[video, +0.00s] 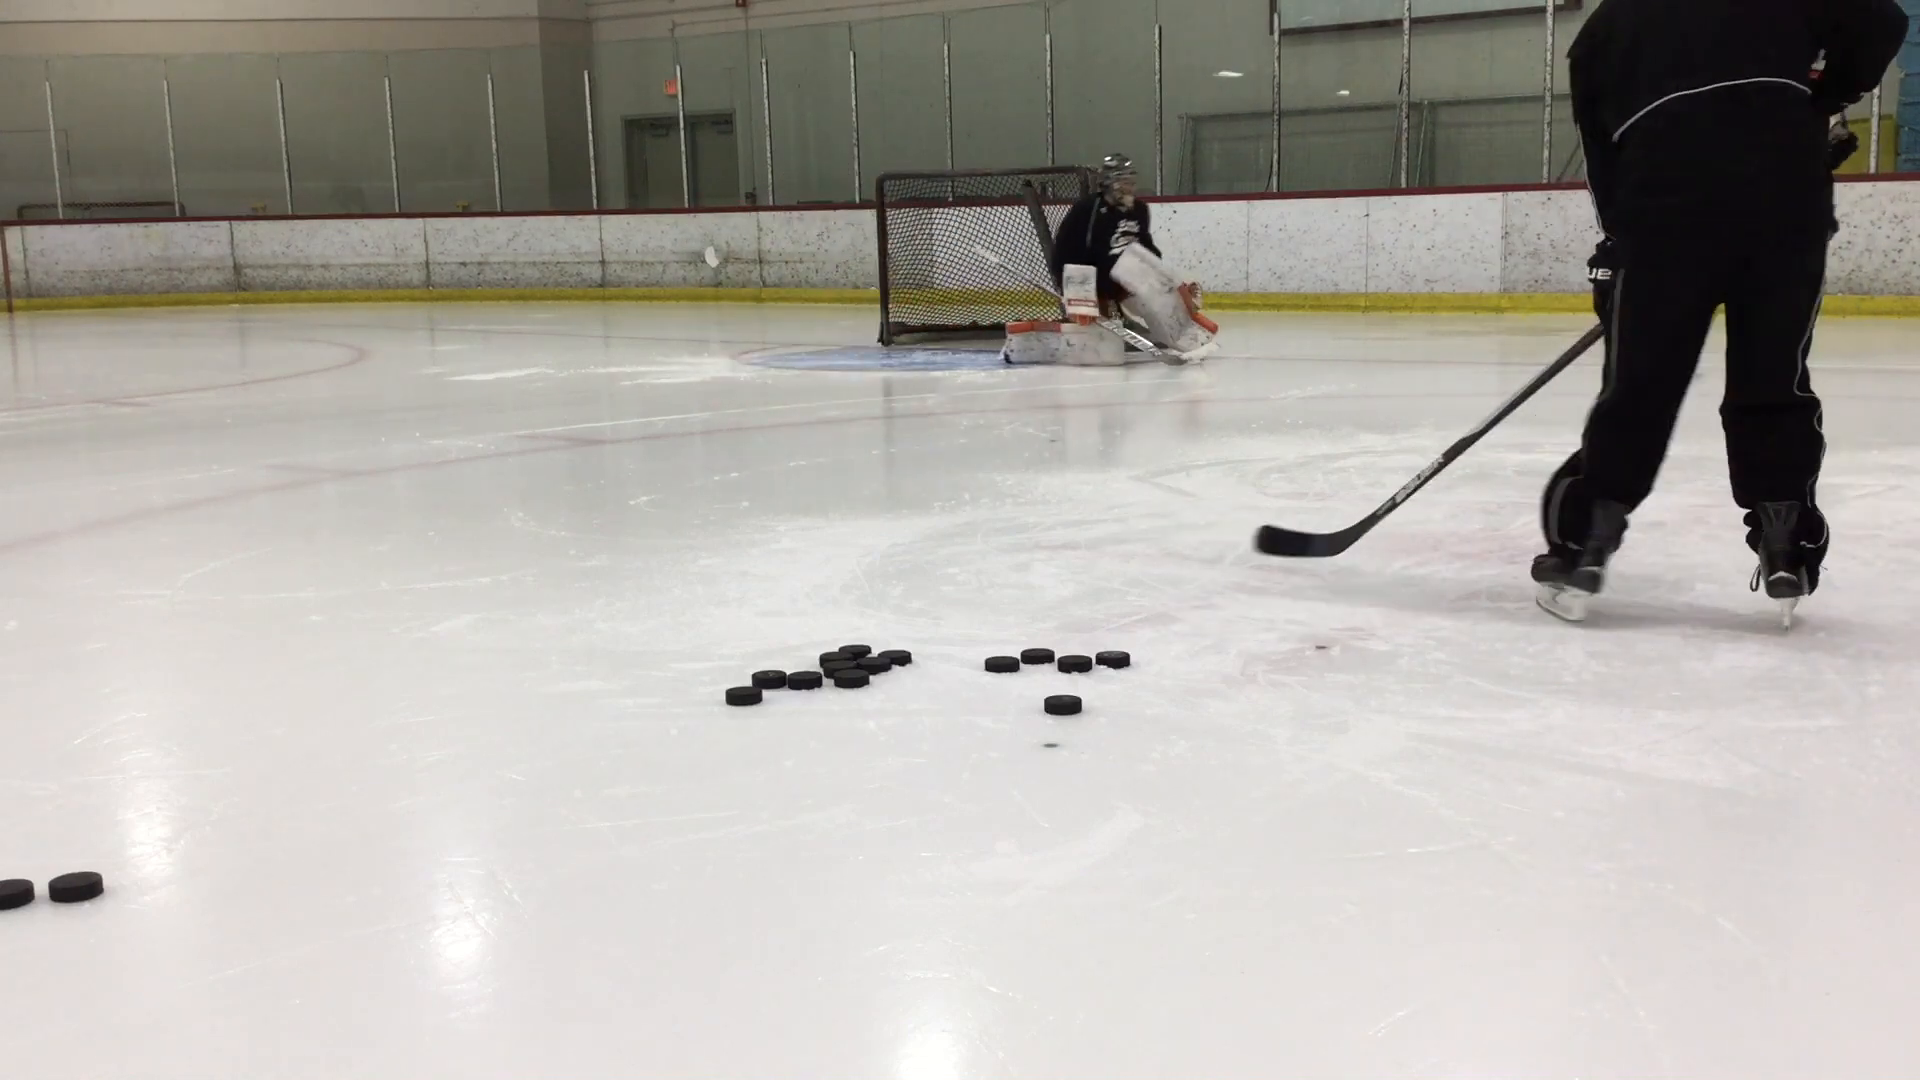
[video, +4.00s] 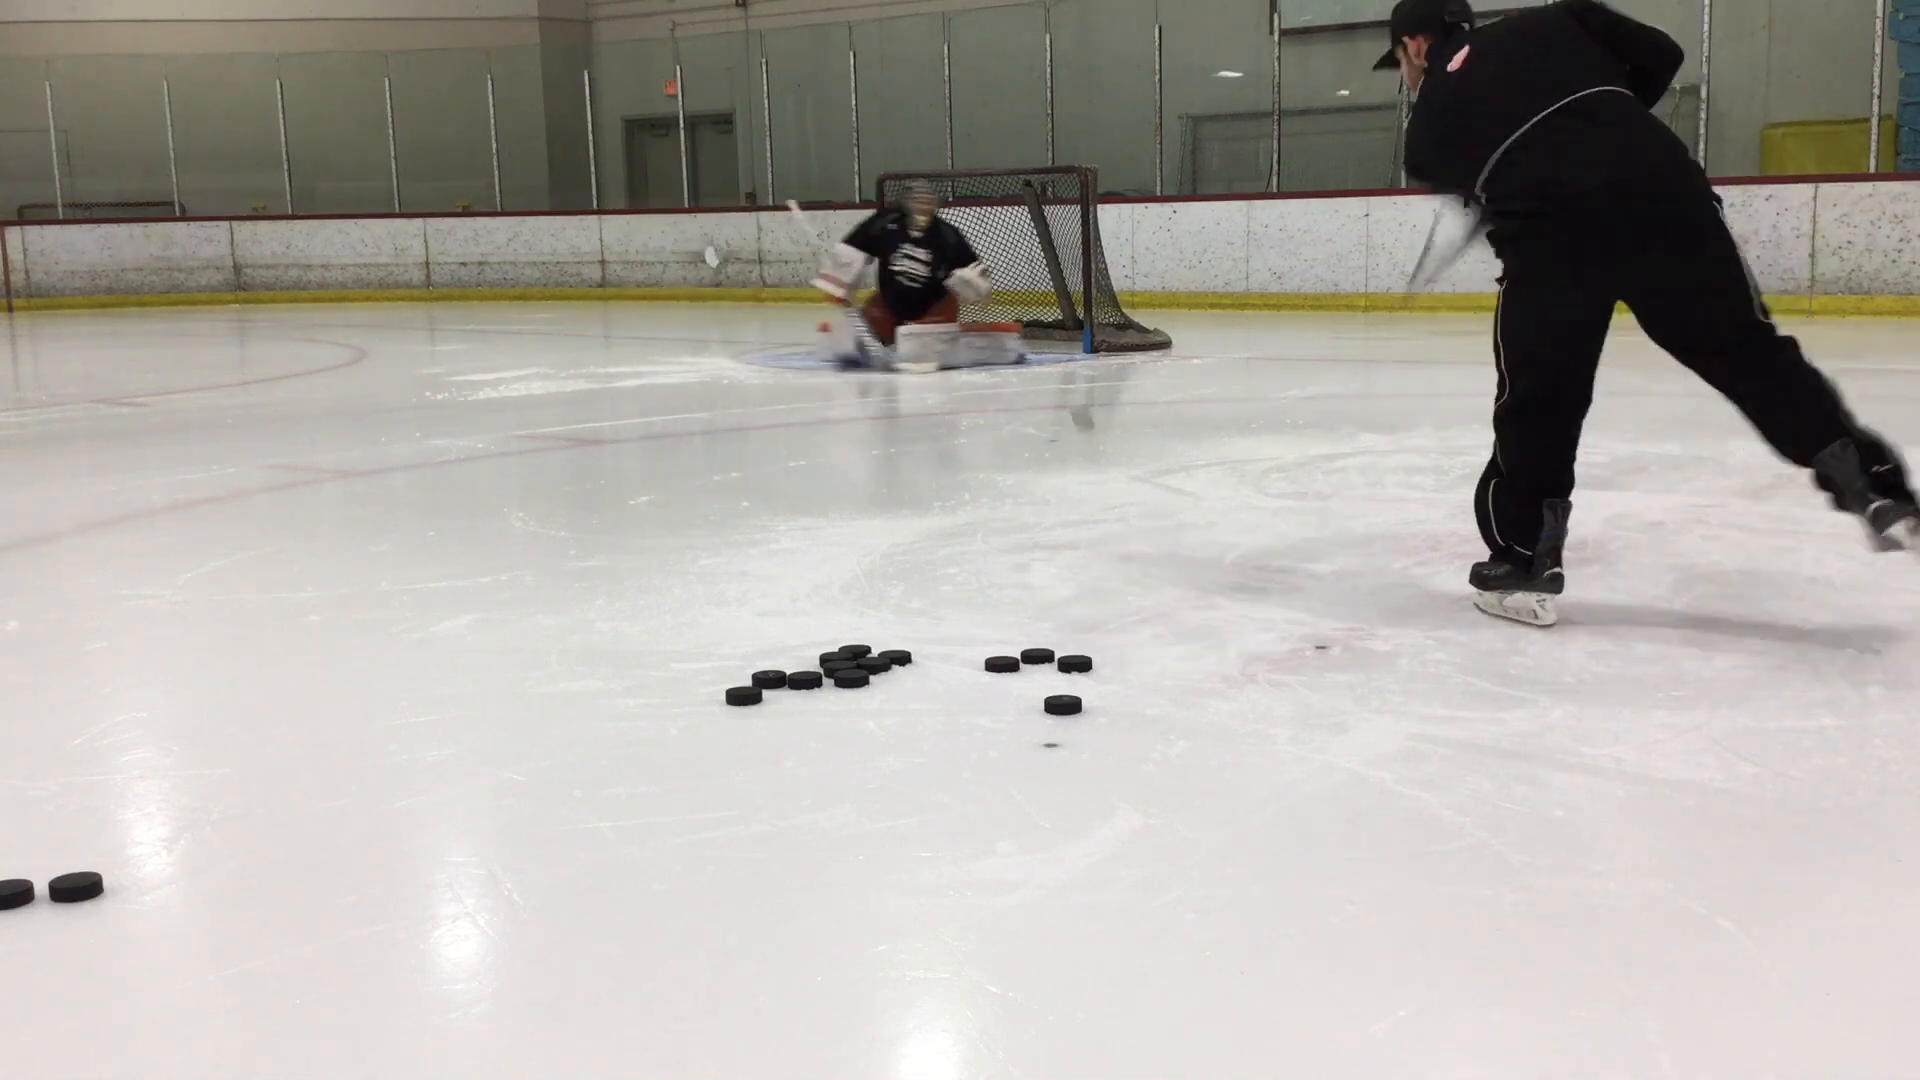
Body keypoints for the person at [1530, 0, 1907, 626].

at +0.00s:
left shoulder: (1602, 28)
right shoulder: (1791, 5)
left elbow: (1603, 150)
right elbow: (1883, 21)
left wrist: (1617, 239)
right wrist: (1828, 95)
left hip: (1668, 207)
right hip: (1786, 198)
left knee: (1639, 387)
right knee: (1773, 384)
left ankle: (1586, 543)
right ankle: (1785, 546)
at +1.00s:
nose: (1514, 10)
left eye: (1517, 8)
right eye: (1516, 9)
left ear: (1529, 2)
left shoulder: (1553, 36)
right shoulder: (1680, 7)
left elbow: (1556, 156)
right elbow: (1761, 19)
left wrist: (1545, 273)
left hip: (1678, 210)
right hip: (1779, 190)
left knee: (1640, 392)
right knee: (1758, 383)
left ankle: (1634, 564)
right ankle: (1776, 548)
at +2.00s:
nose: (1547, 11)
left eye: (1548, 8)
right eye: (1549, 7)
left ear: (1564, 1)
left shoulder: (1582, 43)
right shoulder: (1722, 6)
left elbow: (1583, 179)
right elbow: (1786, 43)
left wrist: (1553, 292)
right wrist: (1682, 180)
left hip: (1701, 210)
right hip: (1807, 195)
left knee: (1662, 389)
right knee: (1772, 384)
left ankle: (1639, 559)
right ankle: (1763, 550)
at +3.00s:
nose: (1528, 13)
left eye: (1529, 5)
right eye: (1527, 7)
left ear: (1550, 1)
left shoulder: (1568, 52)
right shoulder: (1674, 14)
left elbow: (1586, 180)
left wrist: (1582, 290)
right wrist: (1616, 277)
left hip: (1708, 212)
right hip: (1808, 192)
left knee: (1662, 388)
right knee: (1771, 383)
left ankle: (1640, 563)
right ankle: (1763, 552)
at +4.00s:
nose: (1401, 77)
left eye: (1400, 62)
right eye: (1399, 64)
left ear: (1418, 48)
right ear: (1465, 27)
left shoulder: (1427, 127)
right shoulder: (1558, 20)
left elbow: (1453, 180)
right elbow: (1658, 54)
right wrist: (1603, 124)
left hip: (1554, 240)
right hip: (1665, 201)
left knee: (1540, 396)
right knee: (1742, 344)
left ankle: (1527, 557)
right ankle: (1865, 476)